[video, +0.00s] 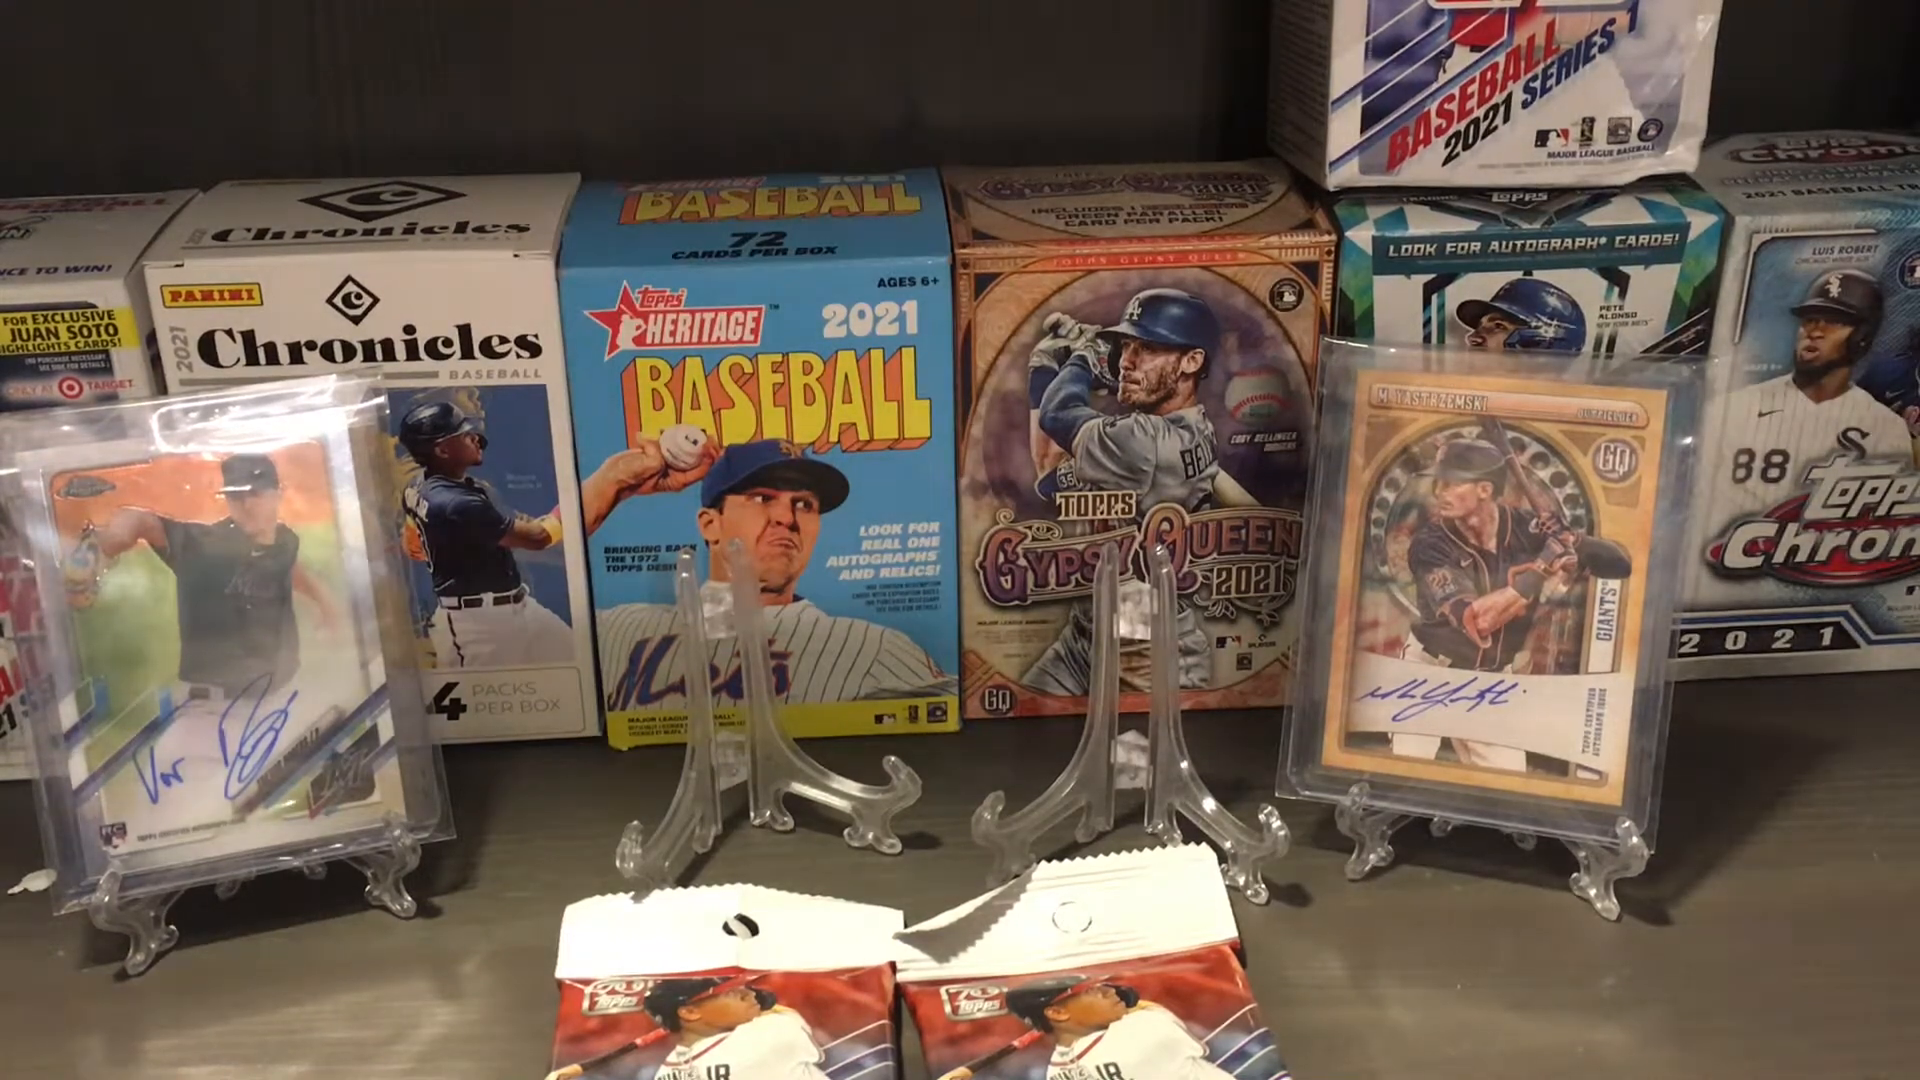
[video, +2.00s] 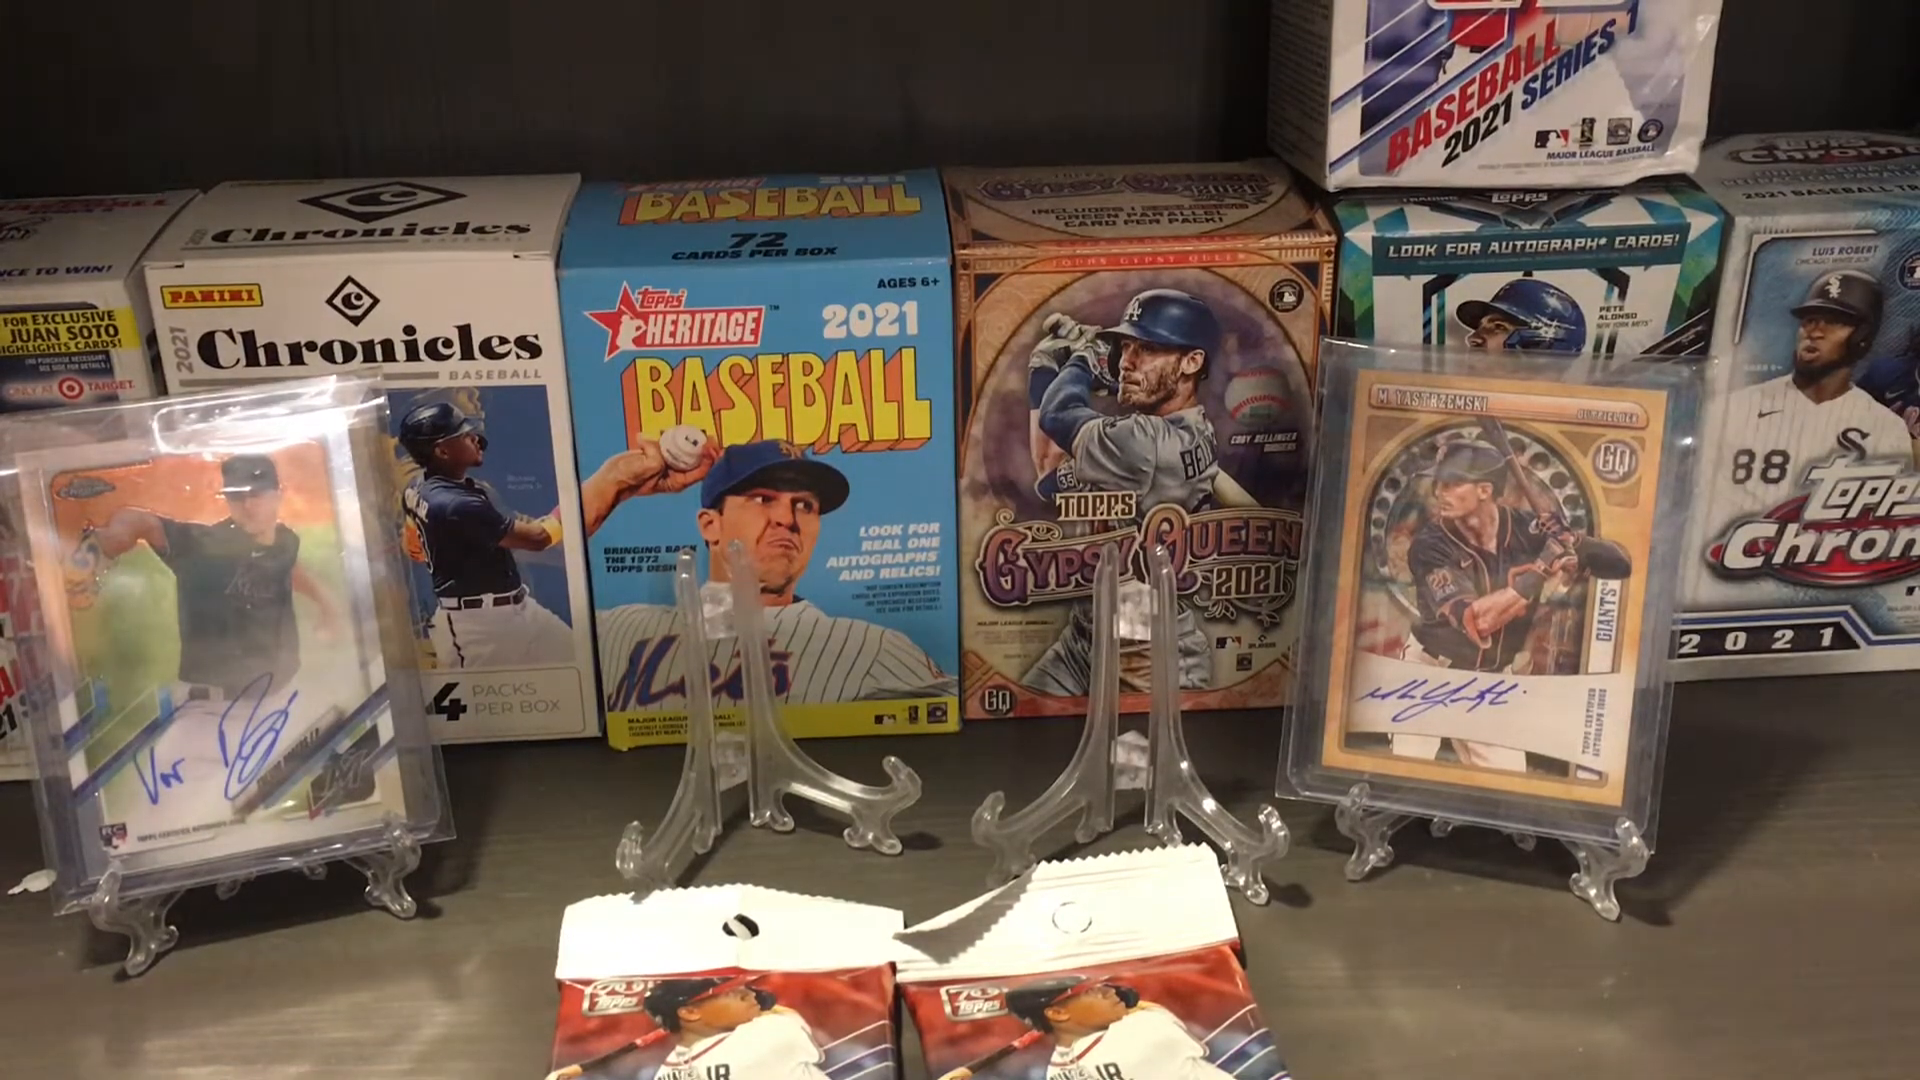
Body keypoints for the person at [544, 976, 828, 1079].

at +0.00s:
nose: (743, 993)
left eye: (733, 987)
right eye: (725, 993)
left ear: (690, 1015)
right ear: (691, 1014)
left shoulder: (667, 1071)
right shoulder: (778, 1034)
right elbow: (780, 1008)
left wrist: (577, 1071)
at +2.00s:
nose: (743, 992)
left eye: (733, 986)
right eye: (726, 992)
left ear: (690, 1015)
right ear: (692, 1014)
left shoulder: (666, 1071)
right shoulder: (779, 1033)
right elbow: (780, 1009)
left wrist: (580, 1071)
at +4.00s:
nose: (746, 993)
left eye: (737, 986)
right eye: (728, 993)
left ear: (690, 1015)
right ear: (692, 1015)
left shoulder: (666, 1071)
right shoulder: (779, 1033)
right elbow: (779, 1008)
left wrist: (579, 1071)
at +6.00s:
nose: (744, 993)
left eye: (735, 986)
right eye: (727, 993)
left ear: (690, 1015)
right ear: (691, 1015)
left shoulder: (665, 1071)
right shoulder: (779, 1032)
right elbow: (779, 1008)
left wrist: (577, 1072)